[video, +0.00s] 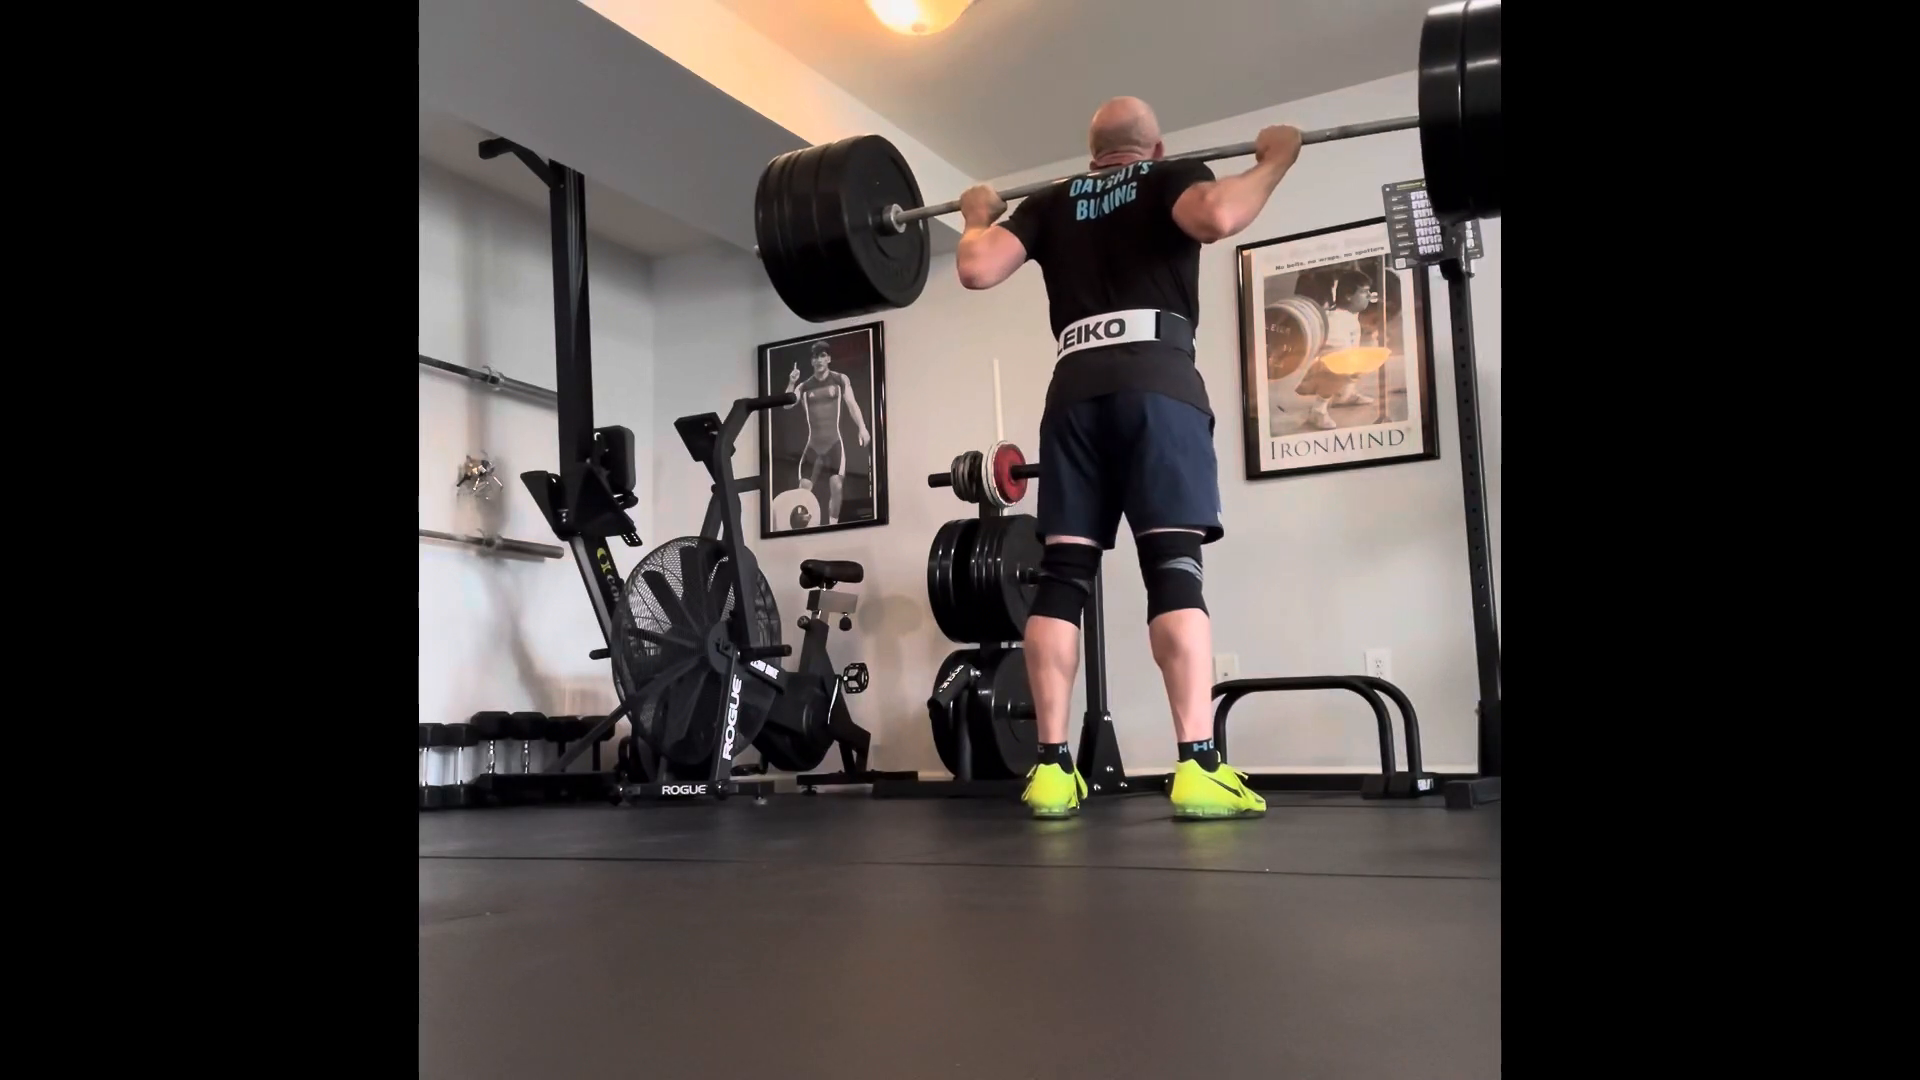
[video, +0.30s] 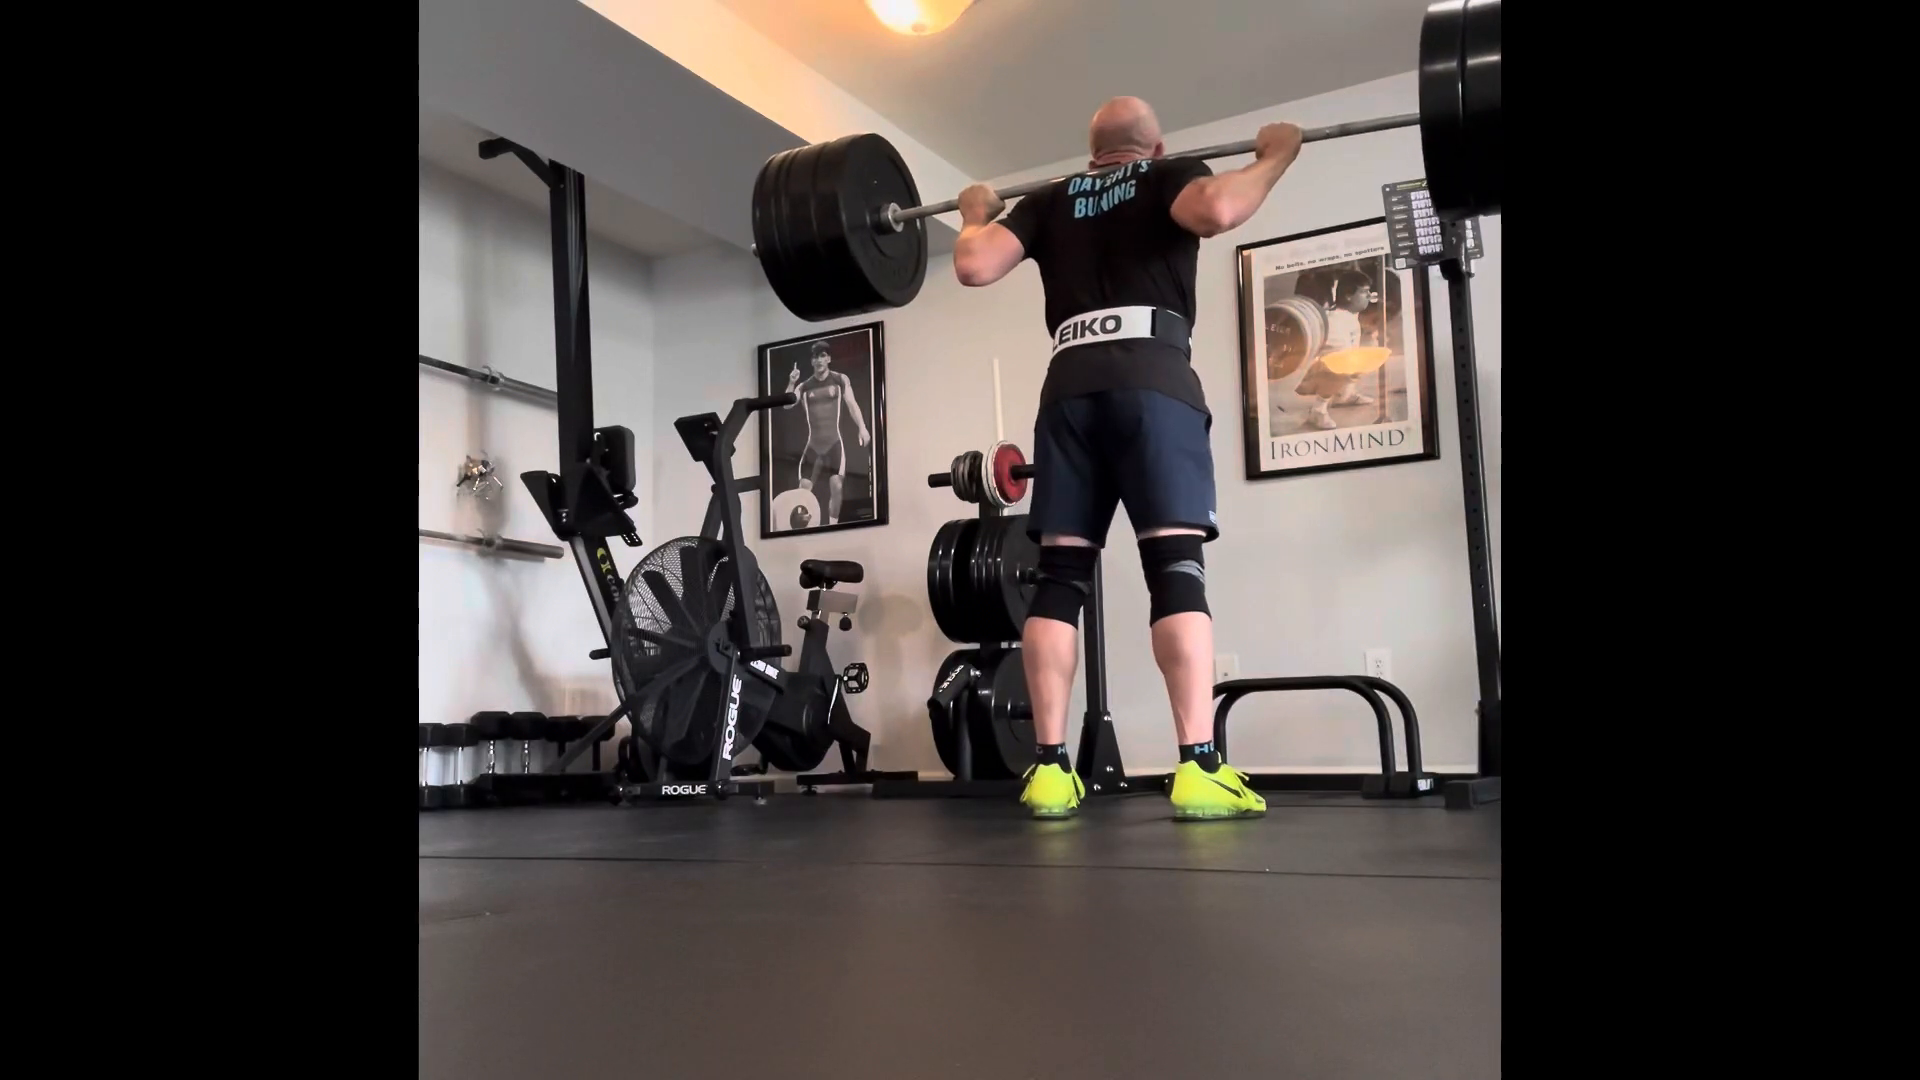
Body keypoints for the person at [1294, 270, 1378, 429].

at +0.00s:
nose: (1369, 296)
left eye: (1368, 292)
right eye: (1365, 292)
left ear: (1349, 296)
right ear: (1348, 295)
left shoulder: (1353, 317)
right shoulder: (1336, 319)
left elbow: (1352, 351)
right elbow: (1332, 357)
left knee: (1358, 362)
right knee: (1339, 368)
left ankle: (1346, 393)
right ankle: (1319, 409)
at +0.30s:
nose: (1369, 296)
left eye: (1368, 292)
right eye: (1364, 292)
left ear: (1350, 296)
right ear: (1348, 295)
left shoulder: (1353, 317)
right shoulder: (1336, 319)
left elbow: (1352, 351)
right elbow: (1333, 356)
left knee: (1357, 362)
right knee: (1339, 368)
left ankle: (1345, 394)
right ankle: (1319, 409)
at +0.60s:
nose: (1369, 296)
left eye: (1368, 292)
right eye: (1364, 292)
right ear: (1348, 296)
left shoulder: (1353, 317)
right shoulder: (1336, 318)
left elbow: (1352, 350)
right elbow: (1334, 355)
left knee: (1358, 363)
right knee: (1339, 369)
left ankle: (1345, 394)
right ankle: (1318, 409)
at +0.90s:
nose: (1369, 296)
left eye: (1368, 292)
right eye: (1364, 292)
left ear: (1350, 297)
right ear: (1348, 296)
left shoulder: (1353, 317)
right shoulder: (1336, 318)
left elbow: (1352, 351)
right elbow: (1334, 355)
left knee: (1358, 363)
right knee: (1339, 368)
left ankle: (1345, 394)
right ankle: (1318, 409)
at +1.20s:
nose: (1369, 296)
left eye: (1368, 292)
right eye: (1364, 292)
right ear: (1348, 296)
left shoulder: (1353, 317)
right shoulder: (1337, 318)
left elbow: (1352, 350)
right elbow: (1336, 355)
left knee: (1359, 363)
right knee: (1340, 369)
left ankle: (1345, 394)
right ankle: (1318, 409)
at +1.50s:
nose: (1369, 296)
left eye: (1368, 292)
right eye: (1364, 292)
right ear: (1348, 296)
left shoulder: (1353, 316)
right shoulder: (1337, 318)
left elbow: (1352, 350)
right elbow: (1335, 355)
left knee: (1358, 362)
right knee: (1340, 368)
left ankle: (1345, 394)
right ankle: (1318, 409)